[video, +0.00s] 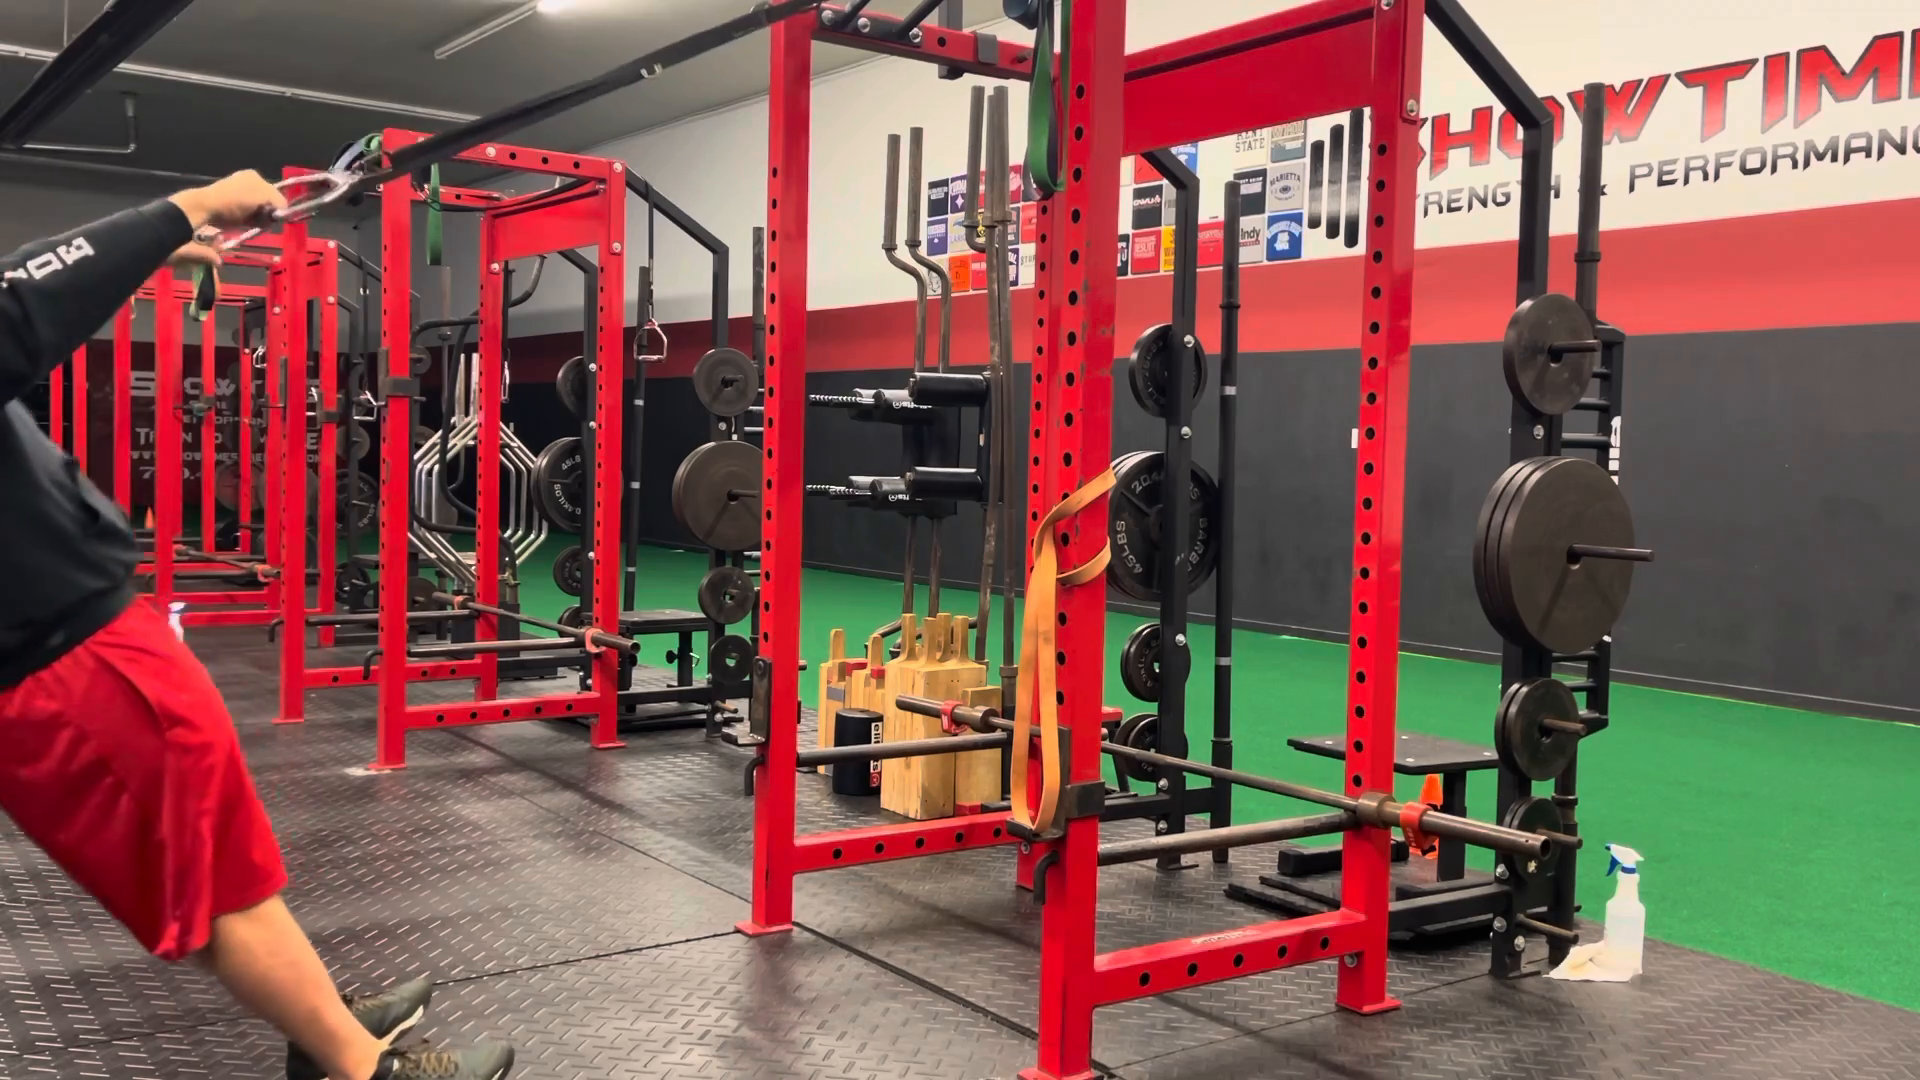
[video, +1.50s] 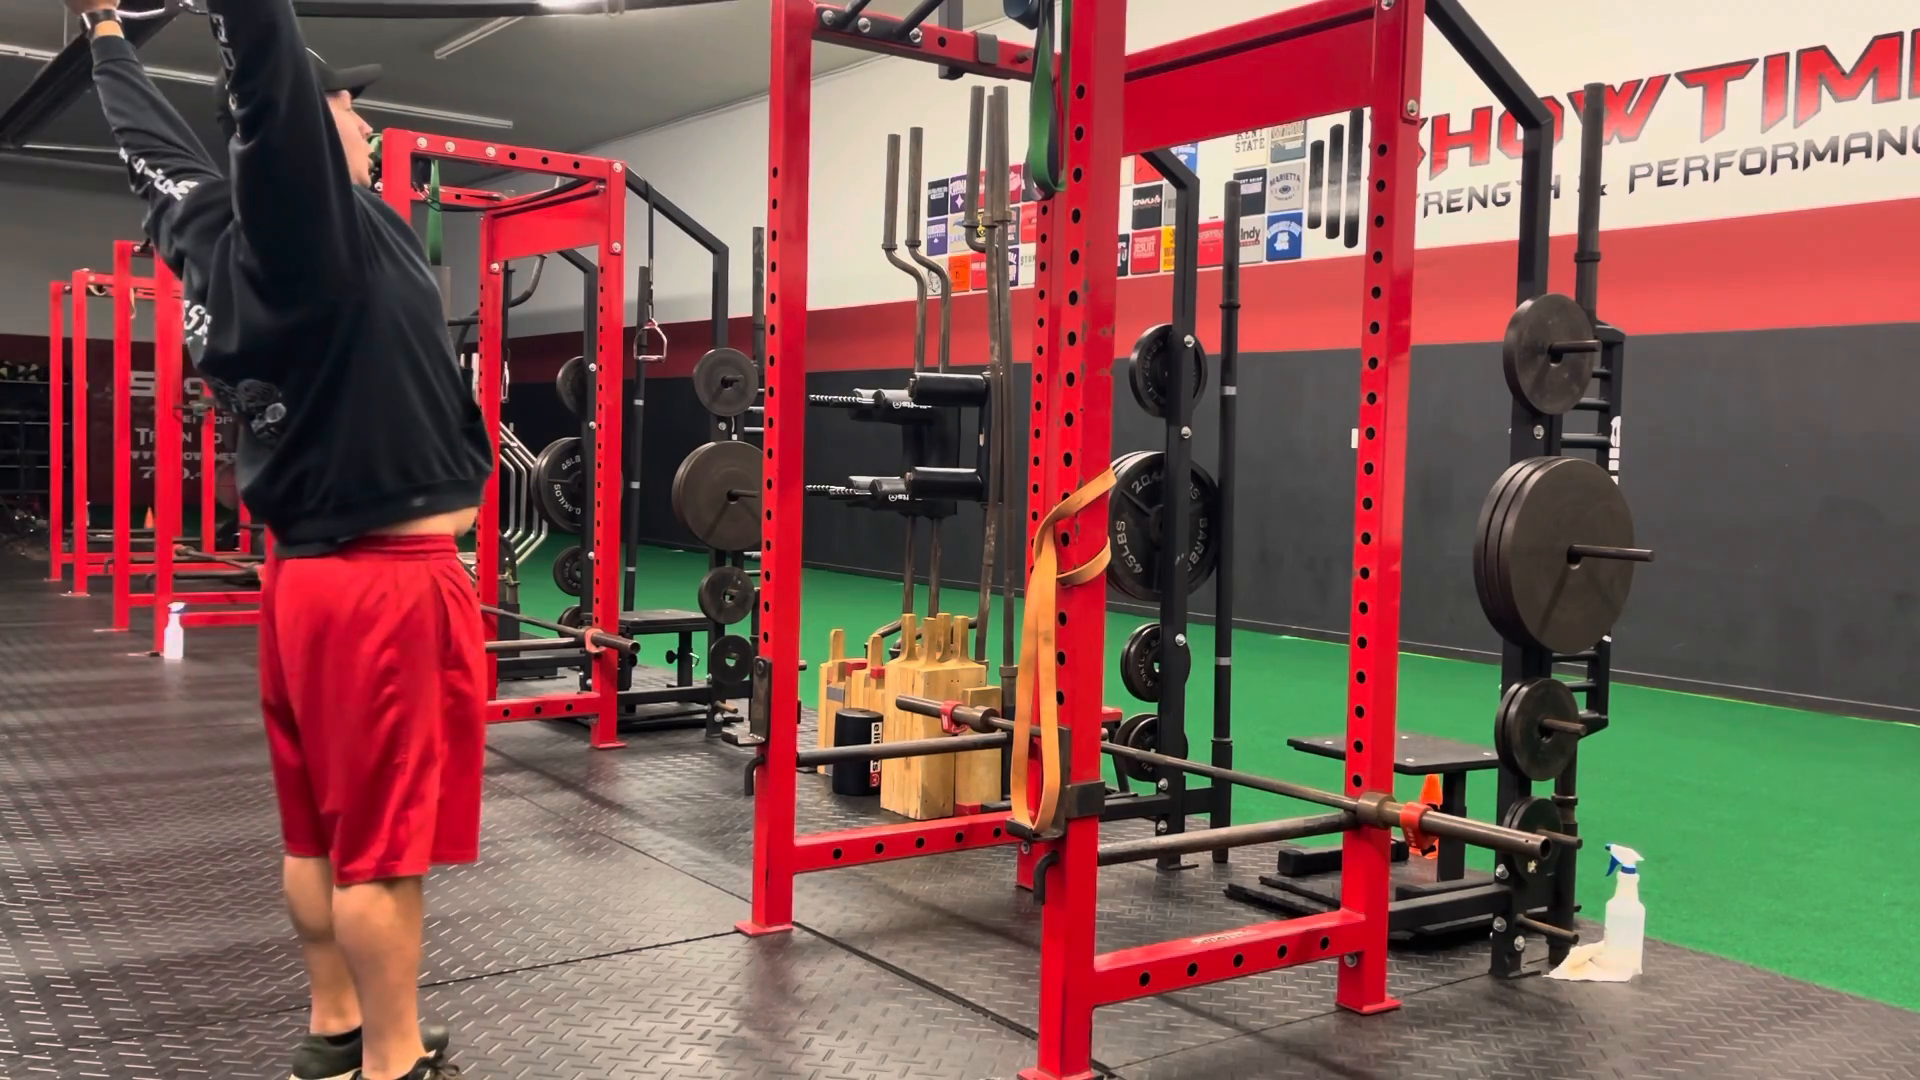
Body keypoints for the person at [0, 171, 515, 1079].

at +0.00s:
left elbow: (25, 307)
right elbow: (23, 314)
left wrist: (184, 215)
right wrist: (186, 210)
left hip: (53, 629)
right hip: (55, 632)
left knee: (204, 839)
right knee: (219, 869)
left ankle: (326, 1026)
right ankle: (361, 1065)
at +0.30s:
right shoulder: (13, 282)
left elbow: (36, 149)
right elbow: (42, 168)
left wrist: (135, 27)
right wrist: (143, 22)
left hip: (129, 619)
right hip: (173, 608)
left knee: (250, 860)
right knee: (286, 867)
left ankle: (329, 1034)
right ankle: (372, 1058)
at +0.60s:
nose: (62, 130)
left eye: (56, 114)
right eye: (36, 122)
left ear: (38, 138)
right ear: (11, 158)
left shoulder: (34, 282)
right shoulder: (82, 253)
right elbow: (121, 65)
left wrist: (71, 52)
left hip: (205, 616)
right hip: (275, 605)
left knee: (281, 851)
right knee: (335, 863)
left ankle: (326, 1029)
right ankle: (385, 1059)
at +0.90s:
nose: (207, 127)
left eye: (195, 111)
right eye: (194, 111)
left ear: (100, 145)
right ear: (172, 129)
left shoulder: (108, 257)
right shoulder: (206, 231)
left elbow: (81, 136)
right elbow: (210, 56)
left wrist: (79, 25)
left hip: (252, 598)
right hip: (343, 595)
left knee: (294, 837)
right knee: (366, 858)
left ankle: (328, 1024)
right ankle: (390, 1058)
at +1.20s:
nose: (337, 114)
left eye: (331, 103)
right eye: (322, 103)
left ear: (251, 148)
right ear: (284, 129)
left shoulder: (204, 239)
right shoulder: (307, 228)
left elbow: (149, 145)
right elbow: (254, 54)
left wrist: (98, 26)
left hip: (287, 584)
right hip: (377, 588)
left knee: (311, 834)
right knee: (379, 854)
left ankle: (336, 1028)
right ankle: (394, 1058)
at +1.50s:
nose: (368, 127)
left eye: (361, 110)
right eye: (350, 110)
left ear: (281, 151)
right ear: (305, 126)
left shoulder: (224, 237)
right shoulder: (322, 229)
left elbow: (163, 153)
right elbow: (269, 72)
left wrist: (107, 39)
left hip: (303, 583)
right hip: (387, 587)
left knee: (314, 828)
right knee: (385, 850)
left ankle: (337, 1025)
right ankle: (395, 1057)